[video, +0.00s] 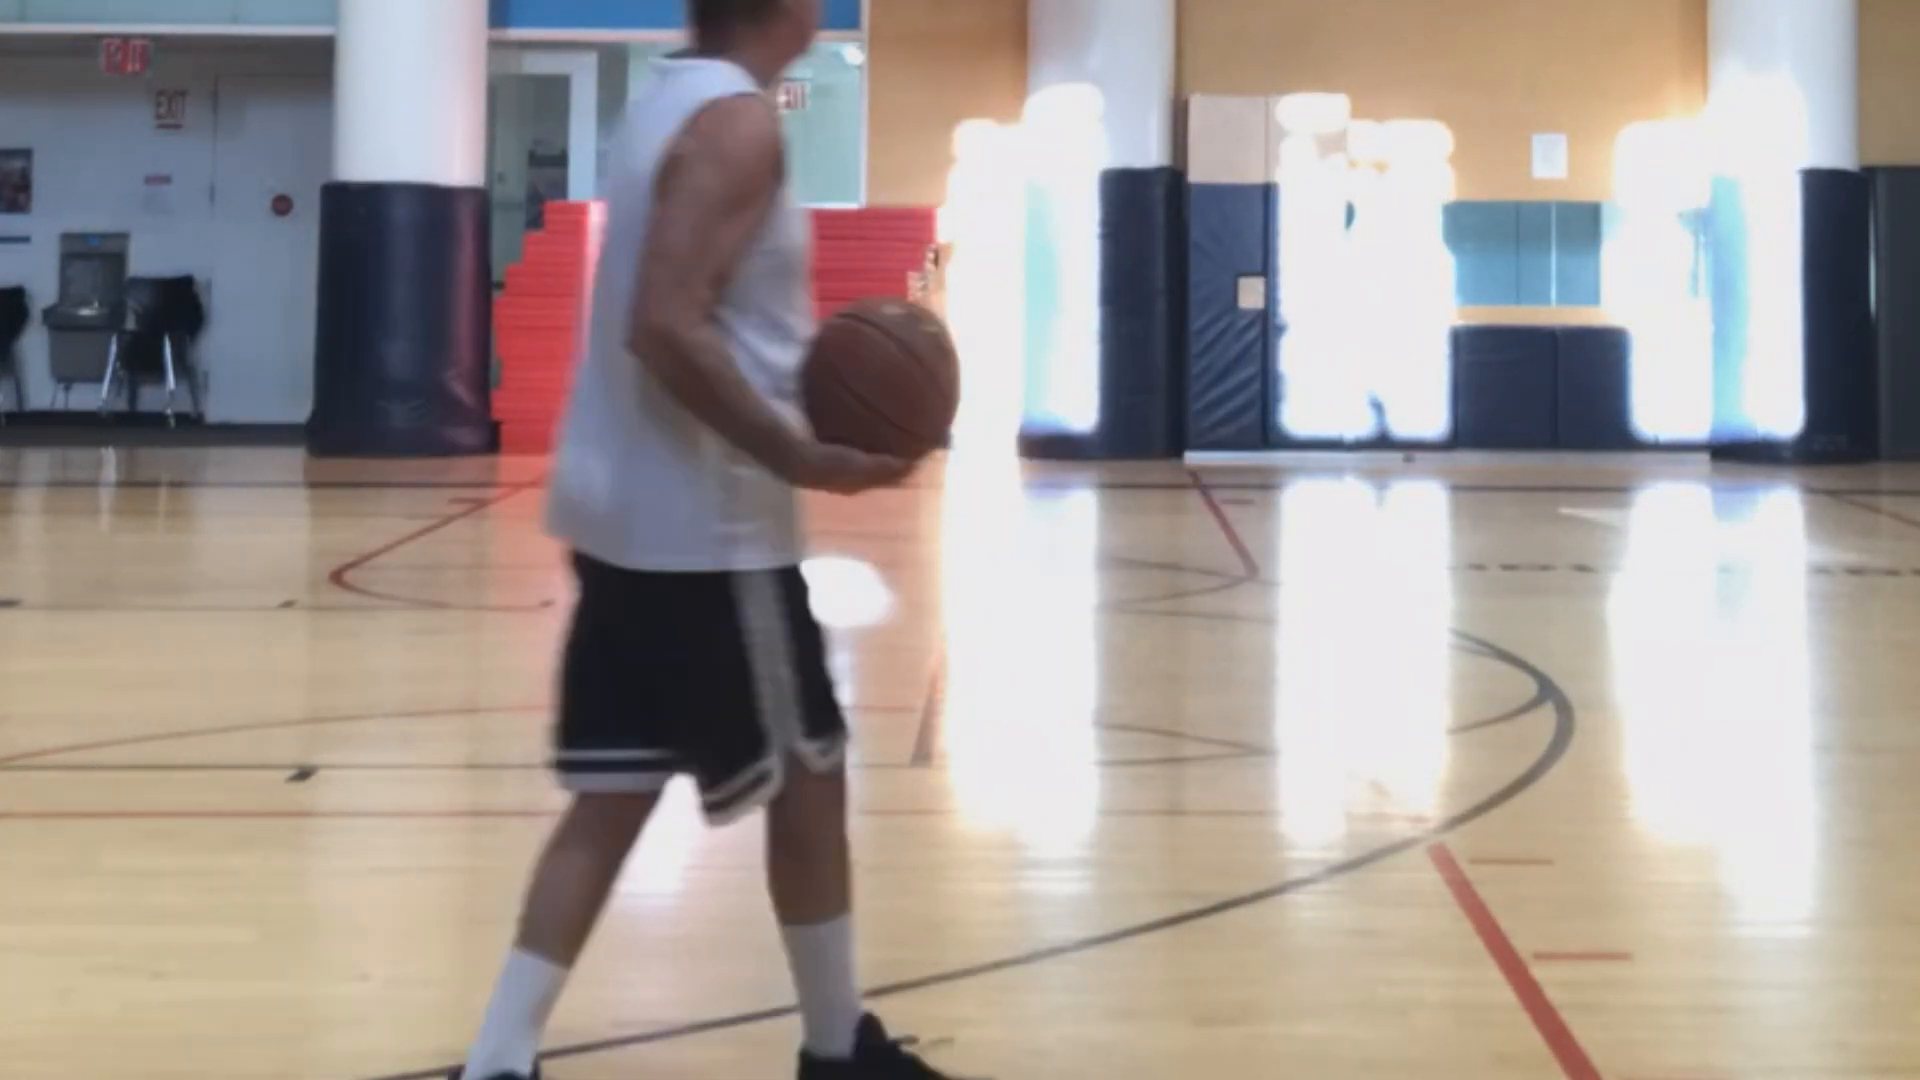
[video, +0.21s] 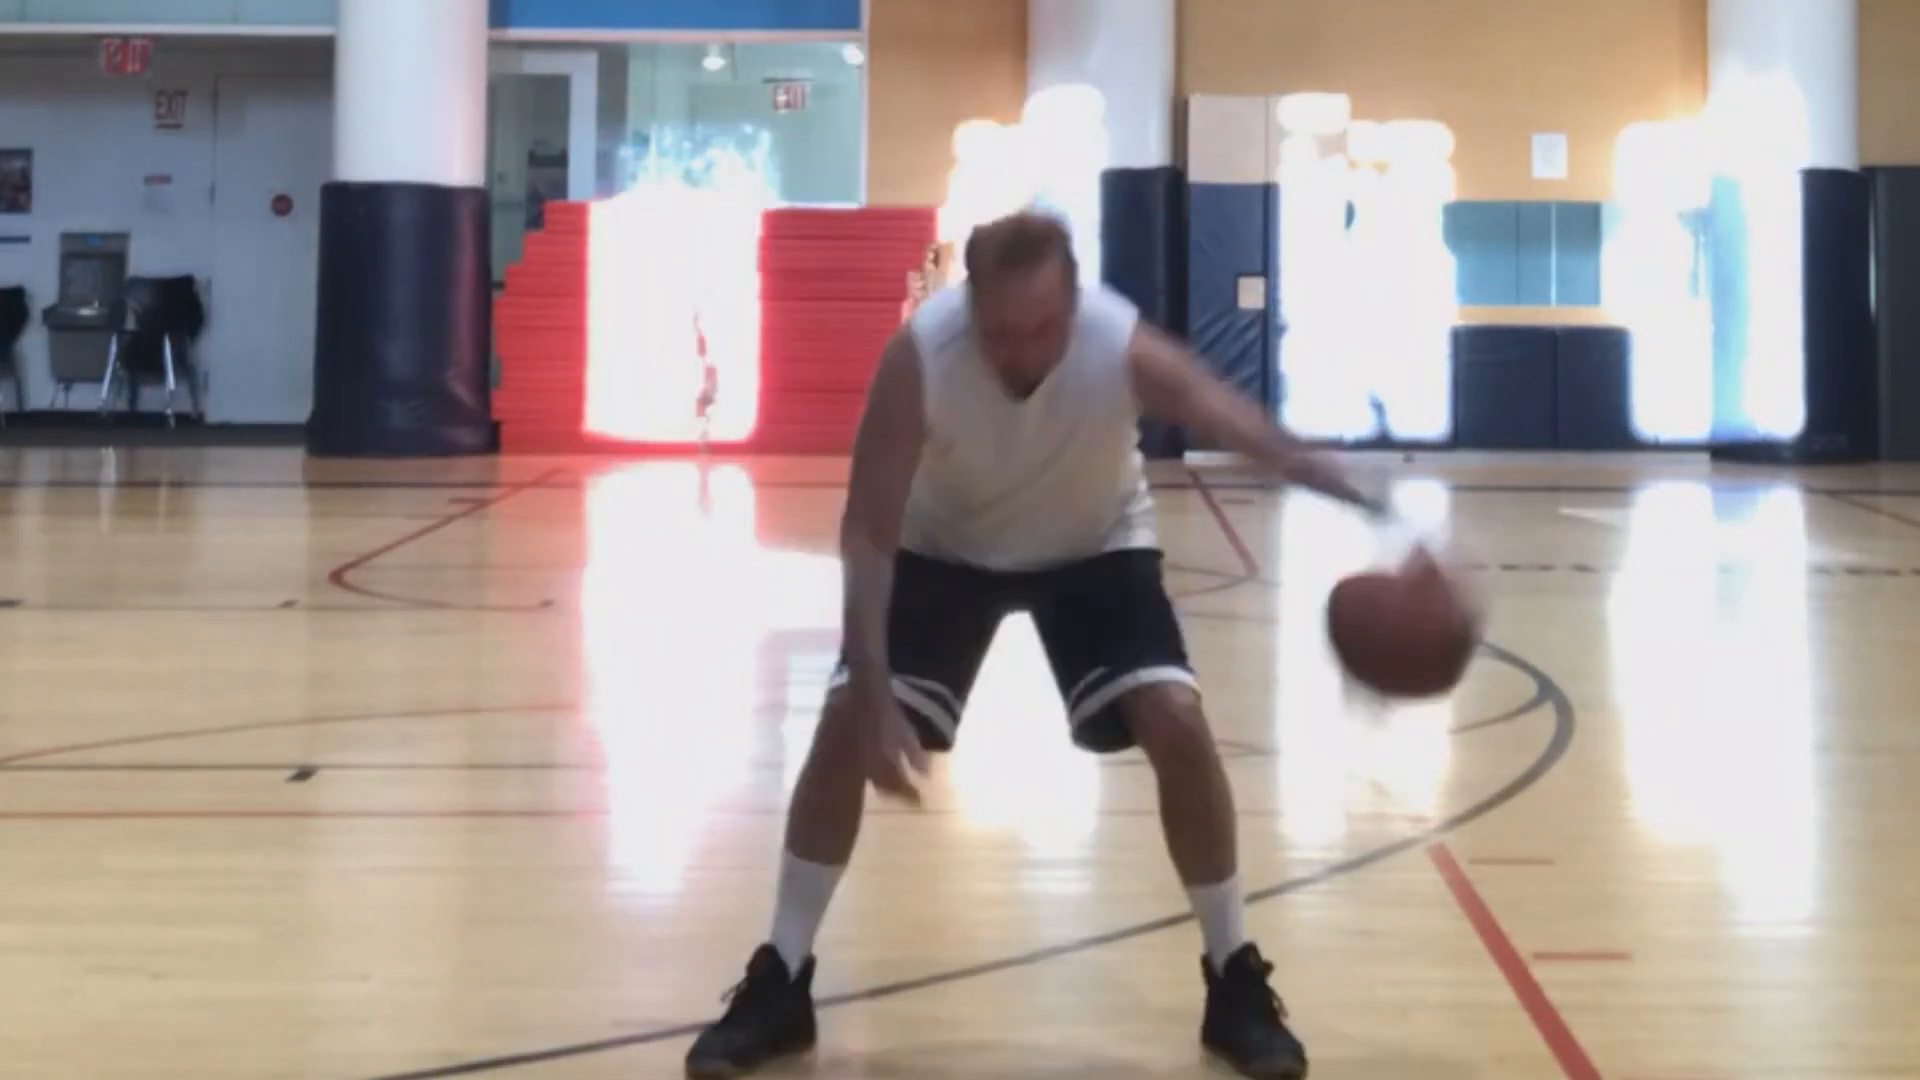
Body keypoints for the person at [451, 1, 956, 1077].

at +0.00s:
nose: (820, 22)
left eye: (817, 7)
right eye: (814, 5)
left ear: (715, 11)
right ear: (778, 11)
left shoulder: (664, 103)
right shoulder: (737, 119)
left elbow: (693, 316)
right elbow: (666, 324)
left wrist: (832, 376)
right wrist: (803, 454)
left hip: (624, 517)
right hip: (710, 529)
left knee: (611, 794)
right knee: (808, 770)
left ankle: (497, 1057)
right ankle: (837, 1042)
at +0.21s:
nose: (1025, 352)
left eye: (1042, 330)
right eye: (1006, 332)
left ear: (1071, 303)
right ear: (972, 308)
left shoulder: (1121, 344)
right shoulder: (918, 357)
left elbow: (1254, 437)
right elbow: (868, 531)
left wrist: (1372, 498)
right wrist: (874, 689)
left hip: (1095, 548)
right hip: (944, 552)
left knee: (1176, 725)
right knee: (846, 723)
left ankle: (1236, 985)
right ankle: (779, 982)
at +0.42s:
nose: (1085, 367)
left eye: (1102, 349)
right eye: (1065, 351)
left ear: (1129, 312)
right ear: (1022, 305)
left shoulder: (1170, 336)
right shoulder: (952, 350)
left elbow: (1307, 371)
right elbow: (858, 472)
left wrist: (1429, 447)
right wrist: (800, 603)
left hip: (1121, 542)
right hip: (967, 548)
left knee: (1205, 726)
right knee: (869, 733)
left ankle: (1246, 981)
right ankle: (777, 981)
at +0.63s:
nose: (1077, 390)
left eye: (1093, 375)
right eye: (1059, 376)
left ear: (1119, 340)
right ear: (1022, 340)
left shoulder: (1169, 365)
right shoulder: (950, 371)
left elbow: (1321, 447)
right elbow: (874, 479)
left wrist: (1398, 543)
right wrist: (846, 593)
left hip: (1120, 555)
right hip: (968, 555)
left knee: (1203, 724)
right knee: (868, 737)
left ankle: (1256, 984)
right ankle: (762, 980)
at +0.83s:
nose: (1034, 425)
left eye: (1050, 410)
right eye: (1017, 411)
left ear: (1085, 366)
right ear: (984, 370)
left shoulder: (1144, 390)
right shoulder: (933, 376)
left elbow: (1252, 500)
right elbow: (853, 455)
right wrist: (821, 545)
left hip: (1123, 555)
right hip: (966, 553)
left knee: (1219, 726)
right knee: (849, 742)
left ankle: (1266, 986)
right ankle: (734, 985)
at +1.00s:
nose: (922, 142)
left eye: (941, 116)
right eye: (900, 122)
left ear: (981, 98)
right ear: (876, 115)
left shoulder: (1064, 203)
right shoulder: (848, 213)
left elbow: (1154, 327)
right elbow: (811, 354)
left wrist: (1235, 414)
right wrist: (792, 483)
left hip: (1062, 493)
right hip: (921, 502)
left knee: (1071, 717)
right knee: (864, 724)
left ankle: (1103, 977)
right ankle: (787, 977)